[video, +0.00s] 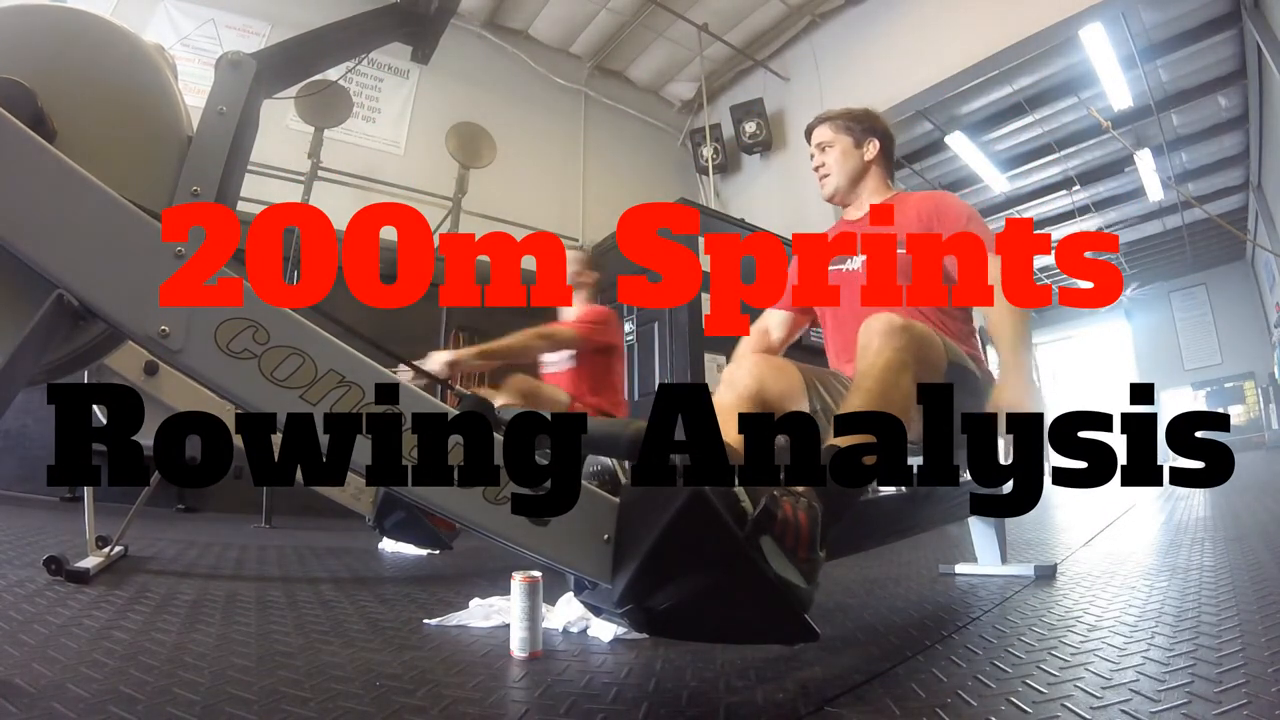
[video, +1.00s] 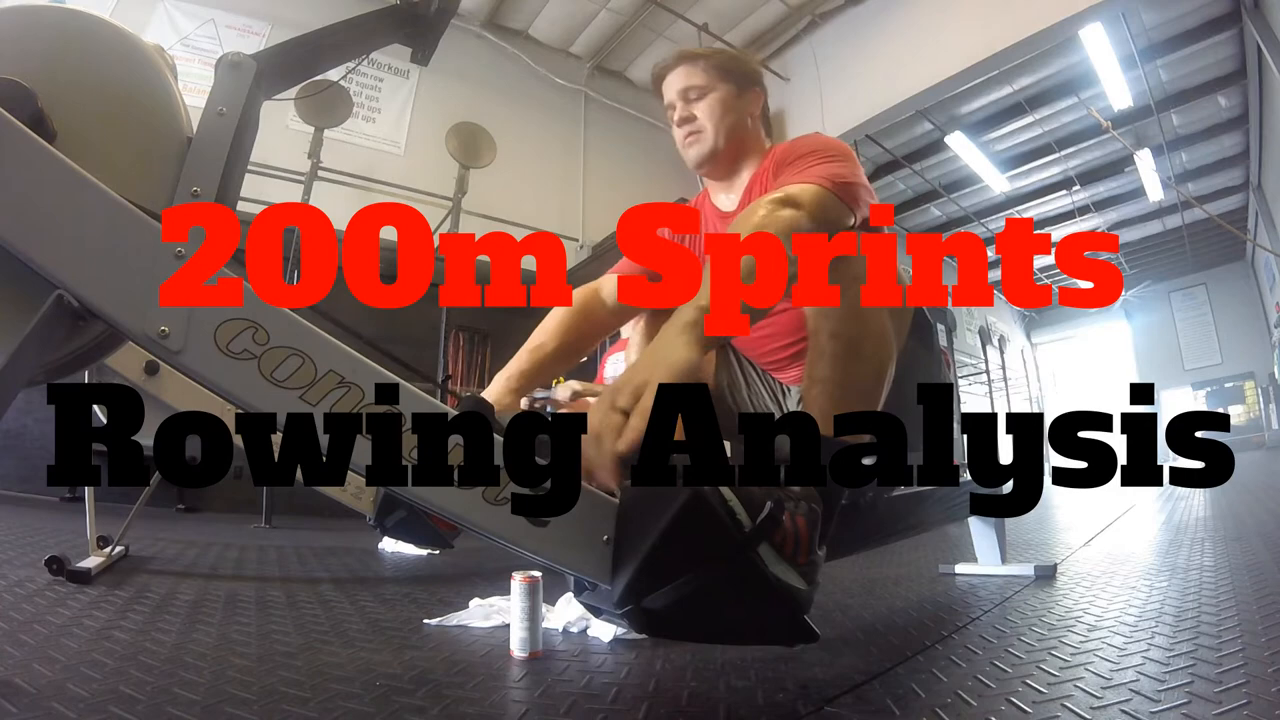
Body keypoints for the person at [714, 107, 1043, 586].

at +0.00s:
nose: (815, 162)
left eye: (826, 148)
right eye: (812, 155)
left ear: (870, 150)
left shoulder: (937, 210)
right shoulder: (820, 249)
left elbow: (999, 289)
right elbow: (768, 333)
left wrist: (1015, 381)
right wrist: (729, 388)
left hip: (954, 390)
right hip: (856, 394)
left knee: (885, 330)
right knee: (750, 370)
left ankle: (813, 506)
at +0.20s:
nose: (798, 155)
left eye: (809, 139)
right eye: (796, 148)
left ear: (856, 141)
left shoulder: (922, 202)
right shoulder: (805, 242)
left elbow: (979, 282)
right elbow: (757, 315)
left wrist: (972, 347)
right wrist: (693, 357)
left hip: (928, 388)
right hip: (836, 390)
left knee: (876, 310)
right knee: (729, 358)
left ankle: (811, 501)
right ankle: (703, 517)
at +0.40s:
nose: (775, 147)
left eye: (785, 130)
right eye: (771, 139)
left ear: (835, 130)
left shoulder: (901, 189)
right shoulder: (782, 236)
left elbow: (934, 264)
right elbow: (709, 298)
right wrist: (639, 356)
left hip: (906, 386)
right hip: (818, 390)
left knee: (867, 294)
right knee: (709, 355)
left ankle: (811, 503)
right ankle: (707, 517)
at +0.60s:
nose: (748, 132)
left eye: (763, 114)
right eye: (740, 126)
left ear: (813, 120)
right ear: (741, 146)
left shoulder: (866, 176)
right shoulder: (744, 231)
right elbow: (668, 291)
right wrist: (590, 357)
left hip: (870, 360)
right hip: (782, 373)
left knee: (870, 205)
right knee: (697, 347)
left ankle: (817, 485)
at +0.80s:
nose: (706, 124)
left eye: (721, 106)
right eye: (697, 119)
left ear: (777, 110)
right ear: (698, 141)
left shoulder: (840, 162)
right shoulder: (713, 225)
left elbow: (818, 218)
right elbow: (628, 296)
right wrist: (540, 374)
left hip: (849, 394)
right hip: (759, 393)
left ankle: (818, 486)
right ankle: (524, 383)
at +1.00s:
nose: (678, 115)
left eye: (695, 95)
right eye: (670, 110)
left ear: (753, 101)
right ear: (669, 131)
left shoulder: (814, 155)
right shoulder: (685, 223)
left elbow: (779, 231)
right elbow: (601, 300)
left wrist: (672, 339)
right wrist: (504, 388)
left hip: (837, 395)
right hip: (746, 396)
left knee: (847, 265)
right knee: (653, 313)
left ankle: (806, 497)